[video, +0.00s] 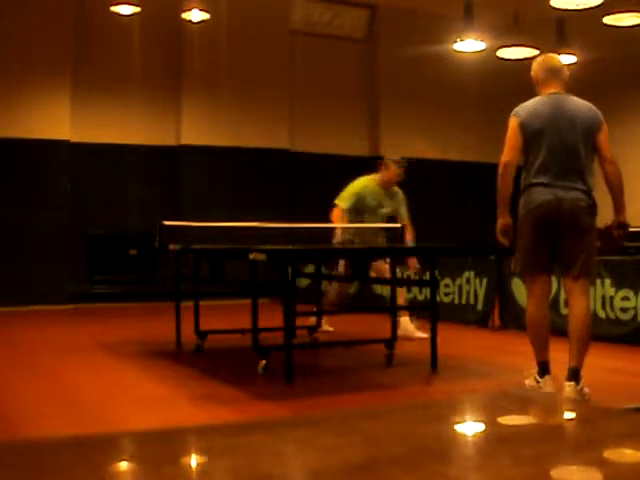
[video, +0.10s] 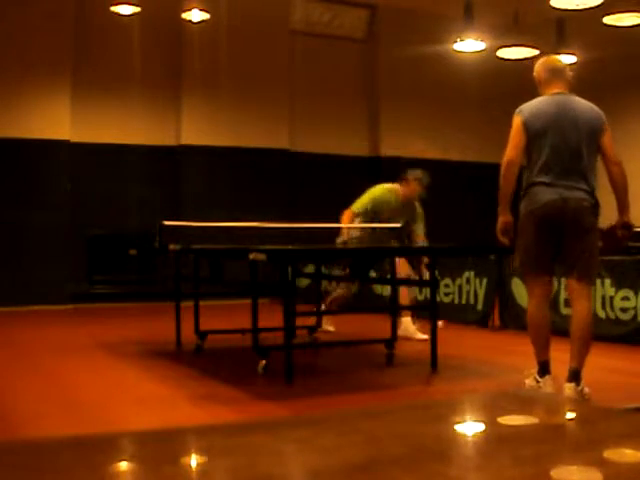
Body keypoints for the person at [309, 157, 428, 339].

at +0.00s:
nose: (396, 180)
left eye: (398, 176)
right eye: (394, 175)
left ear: (398, 176)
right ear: (383, 169)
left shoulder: (396, 194)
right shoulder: (362, 185)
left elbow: (406, 226)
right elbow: (338, 211)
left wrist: (409, 253)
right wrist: (340, 239)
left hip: (376, 247)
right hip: (351, 246)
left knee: (397, 279)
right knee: (340, 282)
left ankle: (403, 322)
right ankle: (318, 318)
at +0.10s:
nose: (419, 191)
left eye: (421, 187)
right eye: (417, 186)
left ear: (421, 188)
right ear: (407, 182)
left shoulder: (414, 208)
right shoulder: (382, 192)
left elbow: (419, 238)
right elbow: (349, 214)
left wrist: (422, 259)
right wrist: (346, 235)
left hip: (386, 246)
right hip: (360, 243)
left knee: (404, 276)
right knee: (350, 286)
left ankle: (405, 322)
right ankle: (322, 313)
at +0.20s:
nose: (431, 213)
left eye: (434, 210)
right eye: (431, 208)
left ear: (435, 209)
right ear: (425, 201)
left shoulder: (427, 222)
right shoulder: (397, 200)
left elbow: (431, 255)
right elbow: (358, 212)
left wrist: (439, 287)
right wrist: (347, 234)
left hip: (393, 247)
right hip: (365, 241)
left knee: (409, 275)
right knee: (353, 282)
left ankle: (406, 322)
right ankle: (325, 311)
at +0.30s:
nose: (435, 233)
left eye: (438, 231)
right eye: (436, 229)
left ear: (441, 229)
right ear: (432, 219)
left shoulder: (434, 237)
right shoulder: (404, 211)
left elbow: (439, 274)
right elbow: (364, 214)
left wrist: (443, 304)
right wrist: (350, 235)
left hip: (395, 249)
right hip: (369, 242)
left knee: (412, 273)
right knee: (352, 277)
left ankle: (407, 323)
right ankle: (328, 309)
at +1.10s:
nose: (424, 250)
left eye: (428, 249)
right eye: (425, 246)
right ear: (422, 235)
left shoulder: (416, 245)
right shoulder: (400, 217)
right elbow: (361, 217)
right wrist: (350, 236)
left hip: (387, 251)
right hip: (363, 246)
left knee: (406, 277)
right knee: (361, 283)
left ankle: (405, 323)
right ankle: (346, 317)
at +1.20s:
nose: (421, 251)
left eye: (424, 251)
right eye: (422, 248)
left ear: (424, 244)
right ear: (422, 239)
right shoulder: (402, 224)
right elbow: (363, 218)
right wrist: (350, 236)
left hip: (385, 250)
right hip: (362, 245)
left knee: (405, 278)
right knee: (360, 284)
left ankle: (405, 323)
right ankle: (346, 318)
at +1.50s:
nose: (424, 227)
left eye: (428, 225)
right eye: (424, 222)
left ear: (431, 221)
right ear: (420, 212)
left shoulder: (425, 230)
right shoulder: (394, 203)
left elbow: (425, 257)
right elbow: (358, 216)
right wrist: (348, 236)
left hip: (390, 246)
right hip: (365, 240)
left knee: (405, 274)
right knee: (361, 282)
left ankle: (406, 323)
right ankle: (345, 317)